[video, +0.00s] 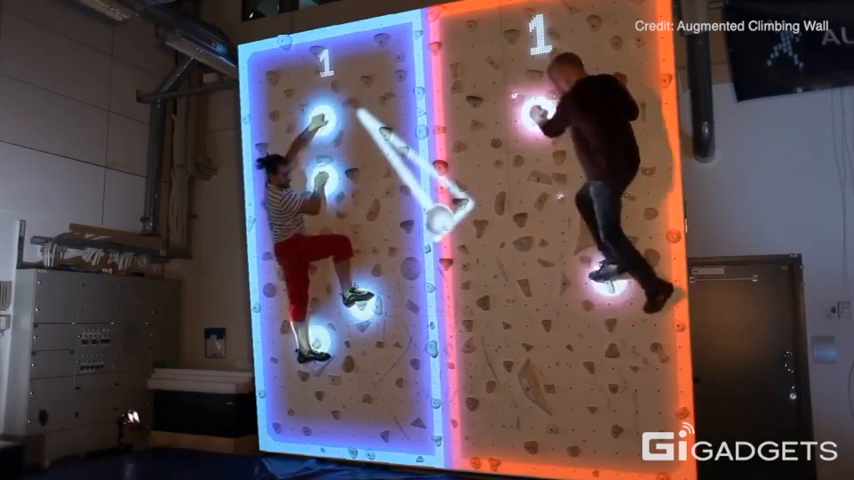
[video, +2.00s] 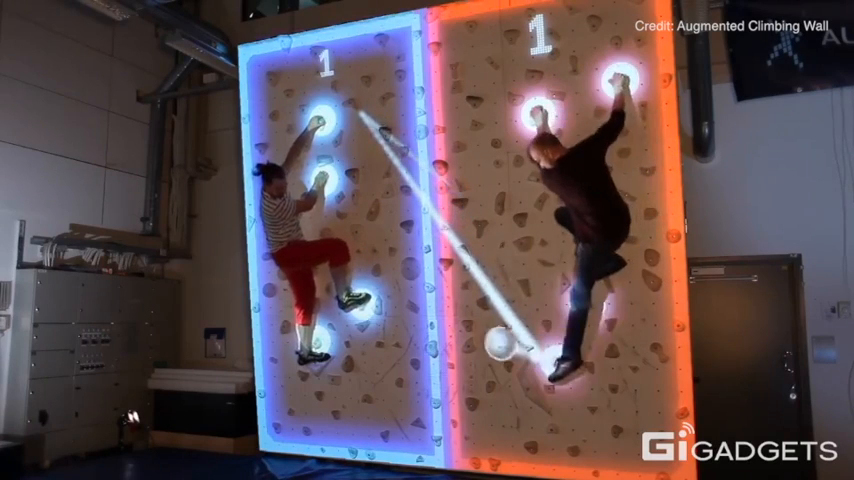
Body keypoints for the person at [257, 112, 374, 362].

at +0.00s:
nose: (289, 176)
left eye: (288, 172)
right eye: (285, 174)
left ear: (278, 173)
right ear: (274, 176)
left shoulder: (273, 186)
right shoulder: (282, 198)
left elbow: (294, 151)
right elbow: (315, 207)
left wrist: (312, 128)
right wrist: (320, 187)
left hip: (286, 248)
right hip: (295, 246)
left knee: (298, 298)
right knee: (339, 243)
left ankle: (304, 350)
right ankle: (349, 293)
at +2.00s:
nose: (283, 187)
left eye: (283, 183)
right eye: (279, 185)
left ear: (283, 181)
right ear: (269, 186)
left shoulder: (270, 194)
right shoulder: (277, 204)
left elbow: (292, 158)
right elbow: (308, 204)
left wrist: (309, 130)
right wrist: (320, 185)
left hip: (285, 254)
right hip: (292, 251)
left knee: (306, 299)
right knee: (336, 247)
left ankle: (305, 352)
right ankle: (345, 296)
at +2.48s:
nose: (302, 192)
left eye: (302, 189)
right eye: (298, 189)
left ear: (293, 186)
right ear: (287, 191)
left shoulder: (283, 195)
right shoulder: (290, 210)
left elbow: (298, 159)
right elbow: (315, 208)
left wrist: (310, 131)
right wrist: (321, 189)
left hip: (282, 256)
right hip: (285, 256)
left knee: (308, 302)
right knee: (329, 281)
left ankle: (306, 350)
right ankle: (354, 325)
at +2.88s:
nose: (296, 188)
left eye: (295, 185)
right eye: (293, 185)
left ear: (279, 187)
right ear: (281, 188)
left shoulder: (275, 198)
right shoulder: (283, 209)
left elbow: (293, 162)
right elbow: (311, 209)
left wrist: (310, 132)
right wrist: (320, 188)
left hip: (280, 256)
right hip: (286, 253)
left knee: (311, 296)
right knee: (332, 246)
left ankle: (306, 349)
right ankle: (352, 293)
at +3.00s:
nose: (297, 184)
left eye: (296, 180)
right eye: (293, 183)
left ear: (289, 179)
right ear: (282, 185)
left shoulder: (278, 191)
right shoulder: (284, 204)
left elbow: (297, 157)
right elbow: (314, 207)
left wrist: (310, 131)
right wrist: (321, 187)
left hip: (285, 255)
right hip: (293, 250)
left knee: (315, 294)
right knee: (343, 247)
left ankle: (306, 346)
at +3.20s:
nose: (293, 185)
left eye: (292, 181)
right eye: (289, 183)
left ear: (286, 180)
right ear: (277, 186)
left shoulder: (277, 188)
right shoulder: (277, 210)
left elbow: (295, 156)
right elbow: (303, 234)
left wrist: (310, 131)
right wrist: (324, 211)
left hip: (278, 254)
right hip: (285, 252)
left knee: (309, 295)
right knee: (334, 256)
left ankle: (306, 349)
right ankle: (384, 273)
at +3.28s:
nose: (288, 184)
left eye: (286, 180)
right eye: (284, 183)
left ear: (279, 182)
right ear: (273, 189)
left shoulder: (275, 189)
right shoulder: (268, 213)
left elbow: (294, 156)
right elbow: (294, 236)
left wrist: (310, 131)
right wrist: (315, 214)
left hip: (280, 252)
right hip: (280, 253)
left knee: (308, 296)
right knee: (328, 249)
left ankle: (304, 348)